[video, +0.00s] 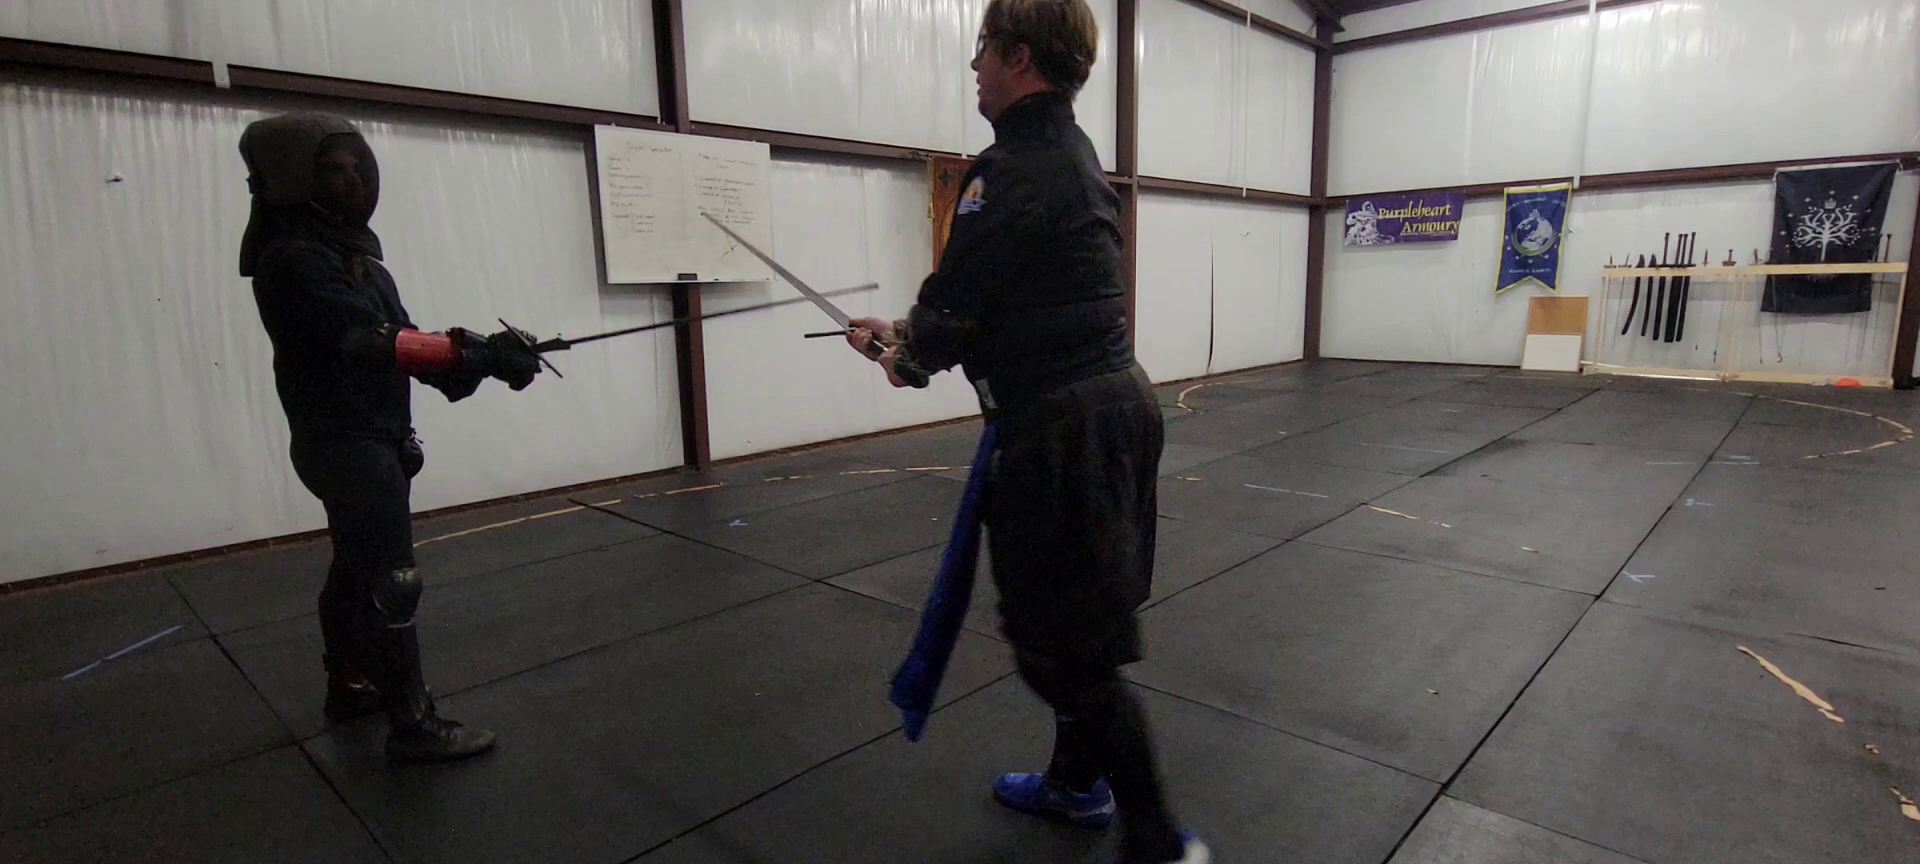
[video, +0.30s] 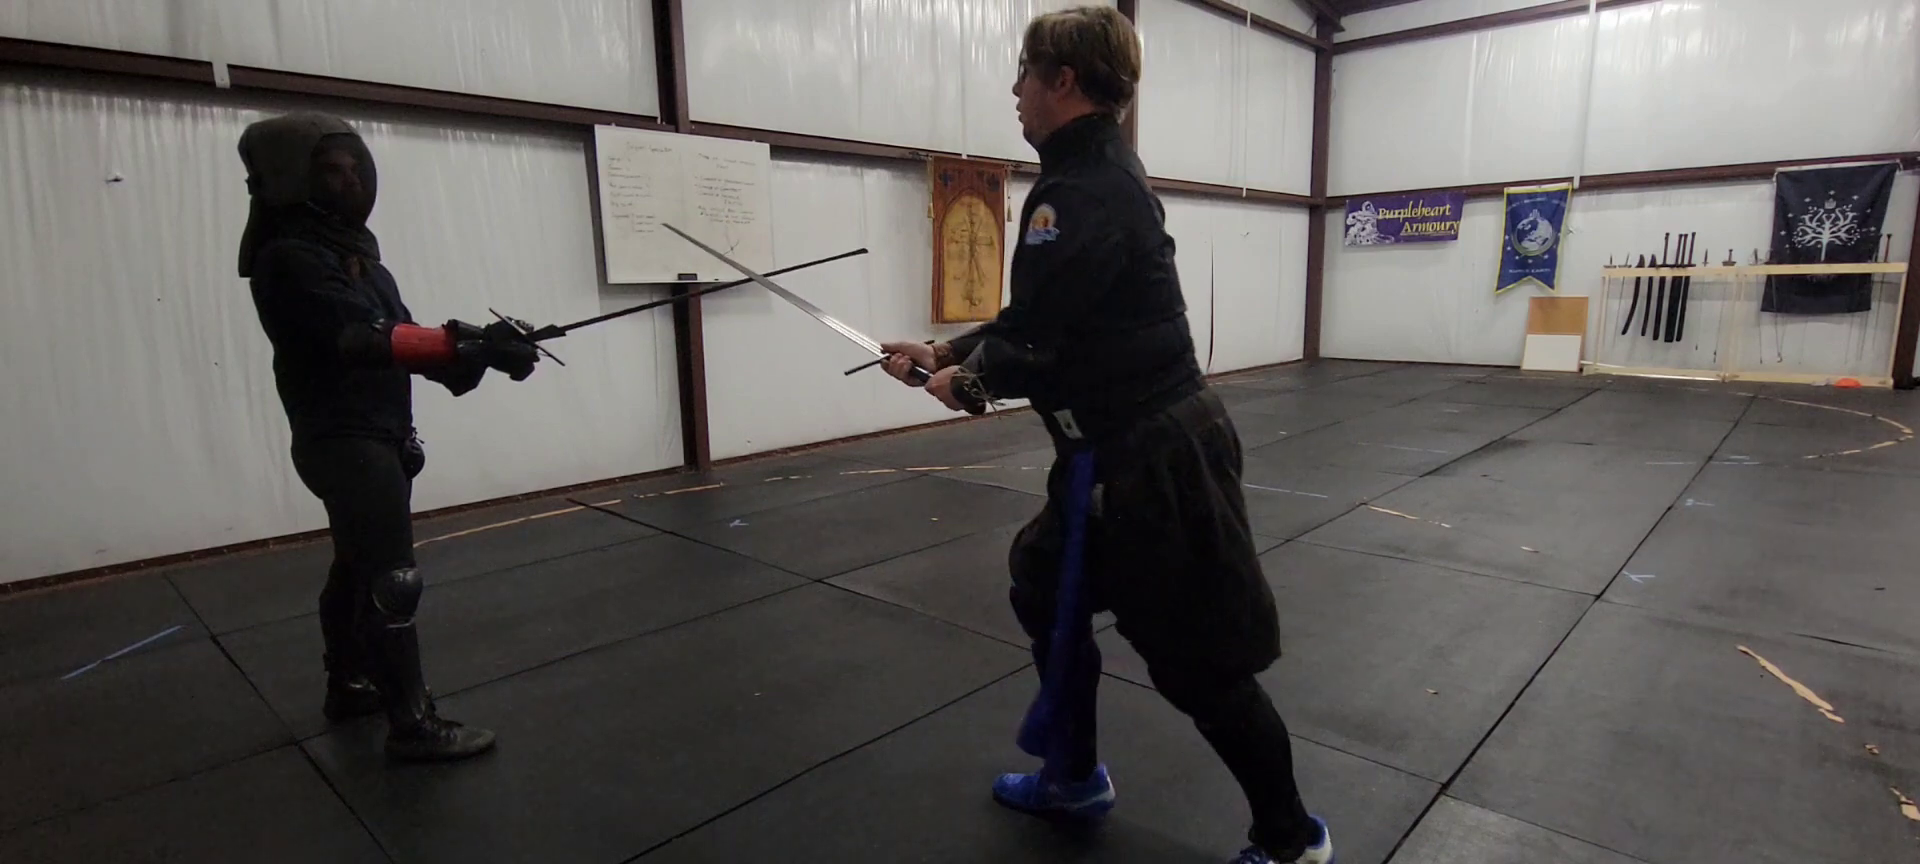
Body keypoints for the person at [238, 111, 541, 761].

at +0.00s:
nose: (363, 183)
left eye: (365, 170)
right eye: (346, 172)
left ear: (367, 176)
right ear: (311, 182)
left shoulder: (347, 245)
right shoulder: (292, 256)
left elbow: (388, 333)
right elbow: (360, 342)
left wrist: (462, 358)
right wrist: (473, 355)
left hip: (375, 439)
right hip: (344, 445)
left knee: (358, 569)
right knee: (392, 581)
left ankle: (350, 688)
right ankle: (410, 724)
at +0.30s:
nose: (353, 183)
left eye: (359, 170)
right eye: (336, 171)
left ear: (367, 178)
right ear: (305, 182)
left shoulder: (354, 247)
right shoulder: (288, 256)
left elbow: (392, 330)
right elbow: (350, 339)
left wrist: (462, 353)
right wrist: (468, 347)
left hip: (378, 437)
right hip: (341, 442)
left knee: (358, 567)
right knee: (392, 579)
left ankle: (350, 686)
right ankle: (410, 722)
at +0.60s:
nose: (356, 183)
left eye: (360, 171)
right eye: (339, 172)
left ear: (366, 180)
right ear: (303, 182)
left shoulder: (351, 247)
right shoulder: (286, 256)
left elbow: (392, 329)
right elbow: (350, 338)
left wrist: (458, 352)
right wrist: (467, 348)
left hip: (378, 437)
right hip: (341, 442)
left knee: (360, 567)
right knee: (392, 581)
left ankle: (349, 686)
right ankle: (410, 723)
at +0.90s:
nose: (352, 181)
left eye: (361, 169)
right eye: (336, 170)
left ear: (373, 180)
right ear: (306, 181)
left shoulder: (353, 247)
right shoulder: (292, 255)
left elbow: (391, 328)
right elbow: (361, 336)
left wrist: (459, 355)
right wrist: (476, 349)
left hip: (375, 440)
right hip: (343, 445)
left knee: (358, 571)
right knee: (391, 583)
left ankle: (350, 688)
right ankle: (411, 724)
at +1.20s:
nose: (357, 180)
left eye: (362, 168)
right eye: (340, 169)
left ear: (370, 178)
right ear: (307, 180)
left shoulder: (350, 247)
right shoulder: (294, 256)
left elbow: (391, 327)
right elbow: (363, 333)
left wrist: (464, 345)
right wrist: (472, 346)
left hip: (376, 439)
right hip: (345, 445)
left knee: (360, 569)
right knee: (392, 580)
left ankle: (350, 688)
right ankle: (412, 723)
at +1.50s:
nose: (356, 183)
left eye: (362, 171)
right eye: (340, 171)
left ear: (371, 179)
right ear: (306, 181)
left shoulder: (355, 246)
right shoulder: (293, 256)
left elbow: (395, 325)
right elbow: (357, 333)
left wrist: (453, 357)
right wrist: (463, 349)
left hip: (381, 436)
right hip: (344, 442)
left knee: (360, 570)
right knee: (393, 582)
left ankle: (349, 689)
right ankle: (410, 723)